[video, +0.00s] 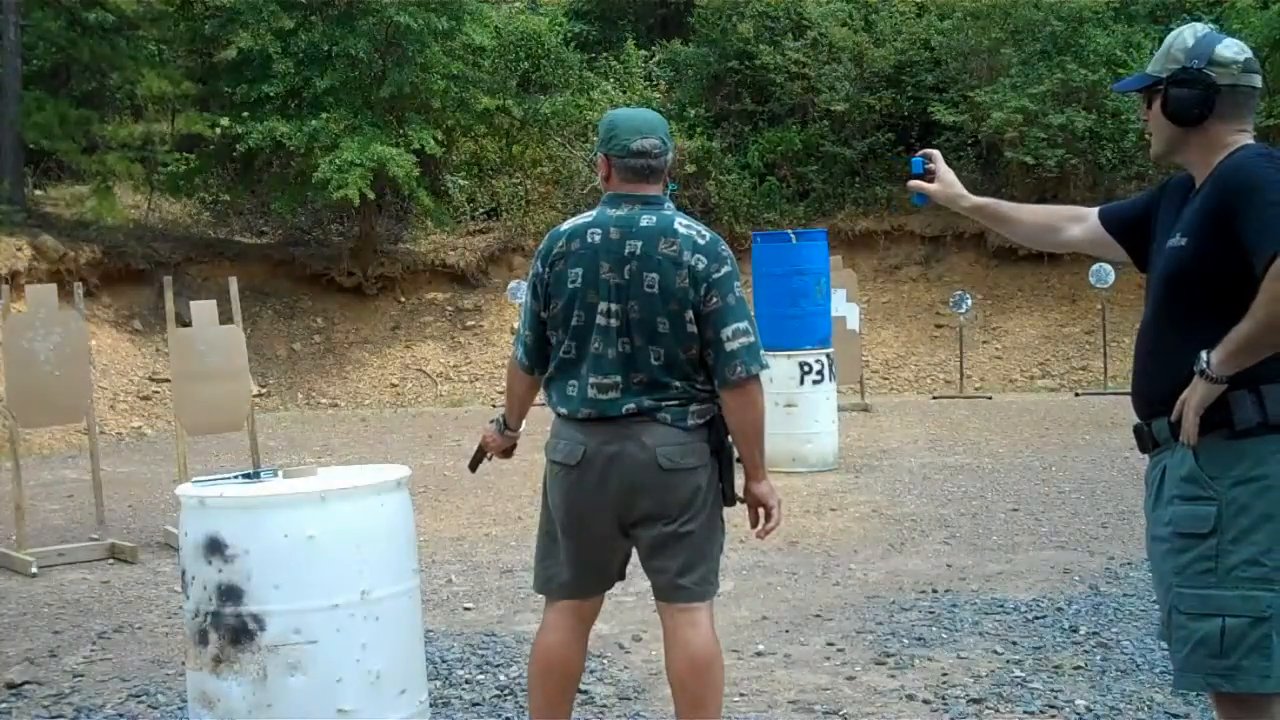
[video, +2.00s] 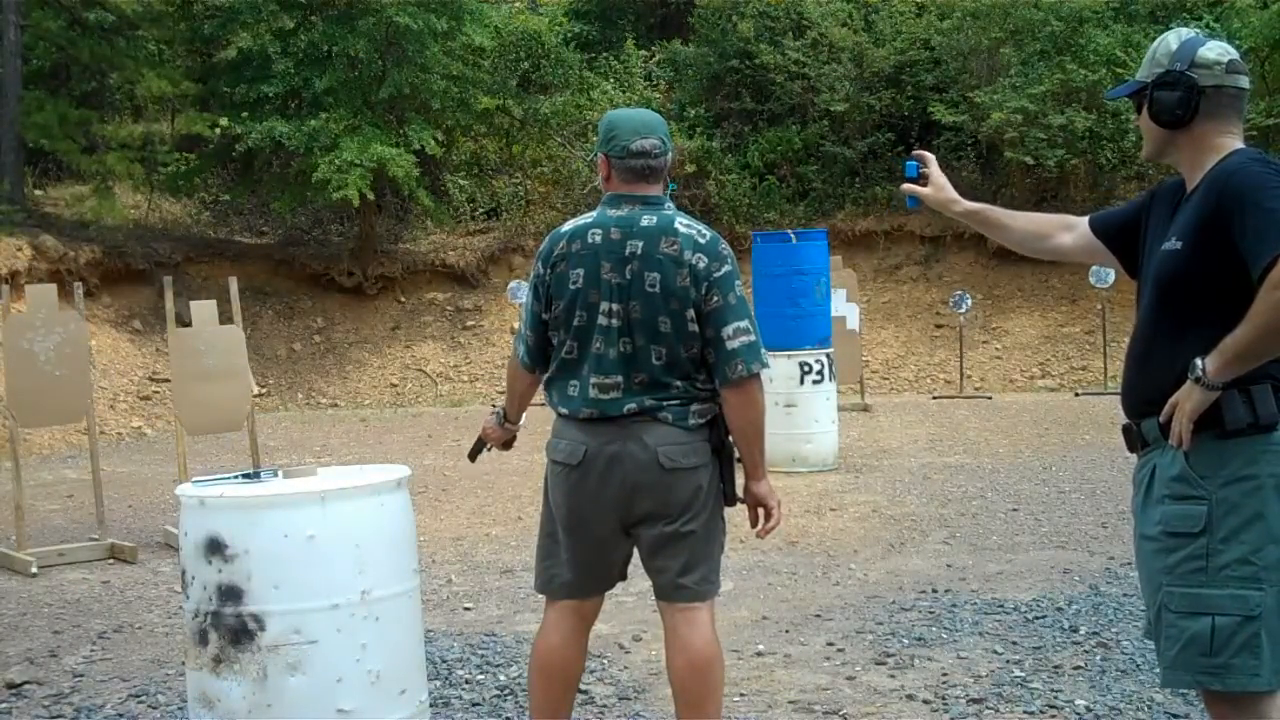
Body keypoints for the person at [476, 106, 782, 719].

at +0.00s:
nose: (596, 169)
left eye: (598, 161)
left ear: (605, 168)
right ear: (669, 169)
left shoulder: (562, 243)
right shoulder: (704, 248)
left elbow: (529, 357)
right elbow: (738, 375)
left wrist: (508, 425)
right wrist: (756, 473)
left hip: (581, 453)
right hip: (676, 454)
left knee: (567, 608)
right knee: (688, 611)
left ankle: (547, 715)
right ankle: (701, 715)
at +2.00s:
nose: (596, 170)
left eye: (598, 163)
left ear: (605, 169)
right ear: (668, 169)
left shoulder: (562, 244)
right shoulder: (704, 248)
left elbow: (530, 355)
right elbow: (739, 374)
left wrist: (507, 419)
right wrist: (756, 473)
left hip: (582, 452)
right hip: (678, 453)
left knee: (567, 608)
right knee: (689, 611)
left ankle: (546, 715)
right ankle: (701, 715)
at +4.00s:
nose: (582, 171)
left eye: (583, 164)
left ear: (590, 171)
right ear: (655, 168)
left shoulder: (559, 231)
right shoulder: (699, 241)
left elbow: (518, 241)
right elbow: (743, 366)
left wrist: (503, 228)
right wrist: (769, 462)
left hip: (583, 447)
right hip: (678, 451)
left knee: (567, 609)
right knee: (690, 611)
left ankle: (546, 716)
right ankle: (701, 716)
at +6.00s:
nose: (583, 174)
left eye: (585, 167)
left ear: (590, 172)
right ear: (656, 167)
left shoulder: (562, 234)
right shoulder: (696, 240)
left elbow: (528, 235)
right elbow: (745, 365)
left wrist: (530, 229)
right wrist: (776, 456)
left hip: (584, 446)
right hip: (681, 450)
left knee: (569, 606)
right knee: (693, 611)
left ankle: (547, 715)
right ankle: (703, 719)